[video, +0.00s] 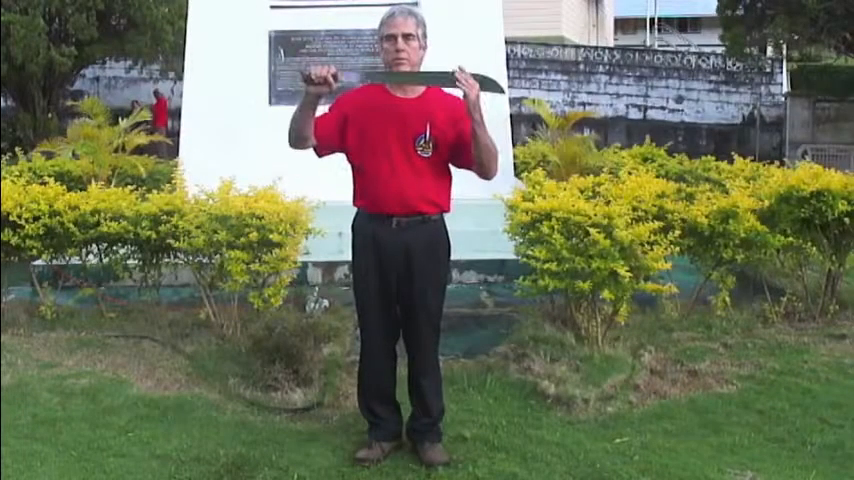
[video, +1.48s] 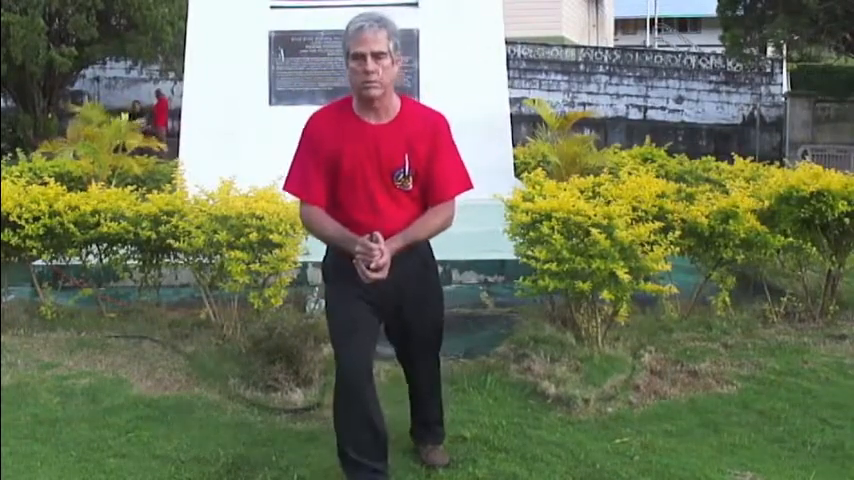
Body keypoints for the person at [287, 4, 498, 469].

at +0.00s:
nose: (399, 47)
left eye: (408, 38)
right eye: (389, 39)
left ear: (423, 45)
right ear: (378, 47)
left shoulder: (447, 105)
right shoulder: (356, 101)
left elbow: (488, 170)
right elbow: (299, 140)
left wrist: (476, 113)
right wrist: (310, 97)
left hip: (426, 232)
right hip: (372, 232)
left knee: (424, 339)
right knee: (375, 338)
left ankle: (428, 434)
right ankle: (381, 434)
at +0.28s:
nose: (404, 46)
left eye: (414, 37)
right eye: (395, 38)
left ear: (428, 45)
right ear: (383, 47)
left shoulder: (451, 104)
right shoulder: (360, 102)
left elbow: (492, 169)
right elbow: (305, 145)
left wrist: (481, 108)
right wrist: (318, 102)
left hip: (431, 233)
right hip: (376, 233)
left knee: (427, 340)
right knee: (375, 338)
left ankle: (427, 435)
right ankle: (381, 434)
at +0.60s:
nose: (411, 53)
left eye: (420, 43)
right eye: (401, 44)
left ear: (435, 50)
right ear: (390, 52)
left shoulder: (464, 112)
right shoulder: (367, 110)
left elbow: (483, 188)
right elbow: (330, 175)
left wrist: (463, 169)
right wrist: (350, 165)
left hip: (440, 242)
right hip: (381, 241)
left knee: (433, 346)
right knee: (370, 344)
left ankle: (428, 436)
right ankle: (380, 436)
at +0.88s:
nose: (403, 58)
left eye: (412, 48)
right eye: (393, 49)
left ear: (427, 55)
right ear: (380, 57)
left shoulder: (455, 119)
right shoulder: (358, 118)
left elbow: (466, 198)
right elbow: (343, 195)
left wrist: (423, 218)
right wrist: (381, 204)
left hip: (437, 257)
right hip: (377, 257)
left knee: (431, 355)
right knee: (373, 364)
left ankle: (427, 436)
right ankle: (368, 471)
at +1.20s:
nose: (378, 62)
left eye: (389, 53)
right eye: (368, 53)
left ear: (407, 62)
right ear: (357, 62)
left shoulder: (437, 123)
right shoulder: (333, 123)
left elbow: (452, 207)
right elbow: (320, 207)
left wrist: (404, 240)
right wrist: (364, 238)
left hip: (419, 261)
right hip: (355, 263)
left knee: (424, 357)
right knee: (358, 366)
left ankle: (429, 438)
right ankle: (367, 469)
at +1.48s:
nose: (368, 67)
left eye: (379, 57)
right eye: (358, 58)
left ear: (397, 63)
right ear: (346, 64)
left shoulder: (428, 124)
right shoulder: (323, 125)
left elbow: (444, 210)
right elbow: (310, 211)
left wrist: (392, 245)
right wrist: (353, 243)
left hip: (412, 263)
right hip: (346, 267)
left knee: (424, 360)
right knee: (352, 369)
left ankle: (429, 439)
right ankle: (364, 470)